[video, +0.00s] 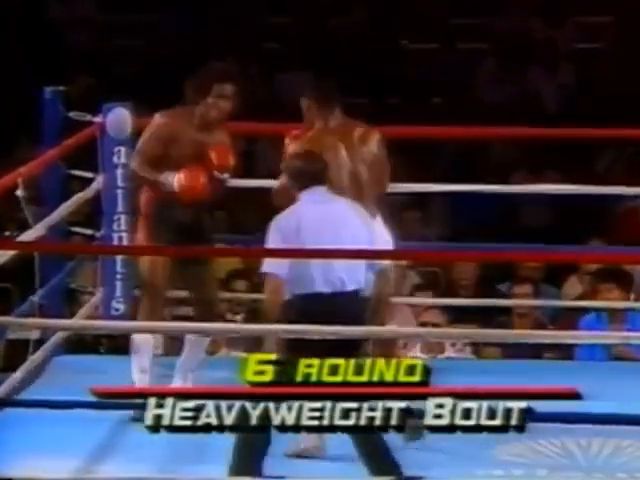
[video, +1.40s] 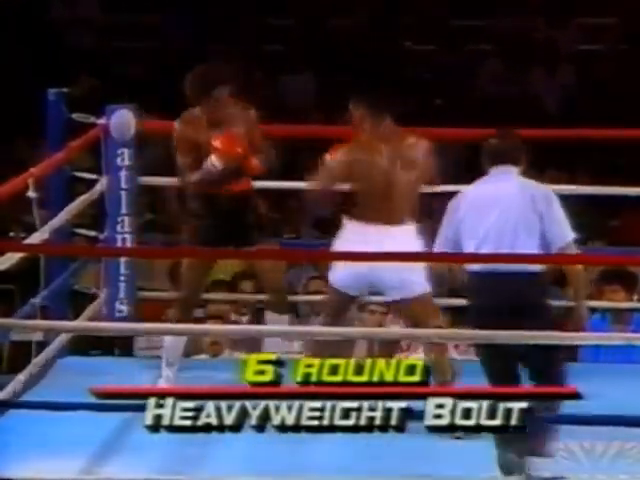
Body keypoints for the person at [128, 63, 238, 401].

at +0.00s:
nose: (224, 105)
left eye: (230, 98)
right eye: (219, 96)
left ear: (232, 105)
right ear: (201, 96)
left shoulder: (219, 136)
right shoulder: (166, 124)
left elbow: (221, 182)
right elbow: (137, 163)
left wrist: (220, 173)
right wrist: (168, 180)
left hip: (197, 218)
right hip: (159, 217)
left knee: (209, 302)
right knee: (154, 296)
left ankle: (183, 381)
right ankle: (143, 383)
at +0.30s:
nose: (178, 78)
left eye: (184, 71)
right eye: (172, 71)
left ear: (192, 74)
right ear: (158, 72)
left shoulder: (199, 103)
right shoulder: (137, 100)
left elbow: (219, 152)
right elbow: (125, 154)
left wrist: (207, 134)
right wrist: (152, 134)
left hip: (183, 191)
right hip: (146, 191)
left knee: (190, 285)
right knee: (132, 281)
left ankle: (182, 370)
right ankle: (120, 368)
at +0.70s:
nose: (186, 77)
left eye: (189, 69)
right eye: (179, 70)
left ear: (192, 71)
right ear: (161, 72)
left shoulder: (194, 101)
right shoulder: (140, 102)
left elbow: (217, 136)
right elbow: (137, 154)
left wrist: (211, 126)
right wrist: (165, 135)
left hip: (187, 192)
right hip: (148, 194)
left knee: (216, 275)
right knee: (136, 280)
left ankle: (235, 364)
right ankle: (121, 366)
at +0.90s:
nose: (223, 90)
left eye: (225, 83)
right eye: (217, 82)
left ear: (222, 85)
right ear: (198, 84)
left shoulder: (220, 114)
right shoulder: (168, 112)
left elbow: (223, 155)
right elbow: (158, 163)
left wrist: (236, 153)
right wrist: (196, 150)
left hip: (206, 198)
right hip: (170, 198)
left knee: (226, 274)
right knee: (153, 277)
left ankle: (245, 356)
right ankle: (125, 364)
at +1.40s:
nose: (221, 106)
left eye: (225, 99)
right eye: (214, 101)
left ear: (229, 95)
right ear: (202, 102)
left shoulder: (245, 116)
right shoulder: (188, 124)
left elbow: (265, 156)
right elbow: (187, 178)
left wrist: (249, 163)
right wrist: (215, 164)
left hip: (247, 207)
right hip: (207, 209)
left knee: (275, 285)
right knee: (189, 293)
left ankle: (277, 360)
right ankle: (168, 373)